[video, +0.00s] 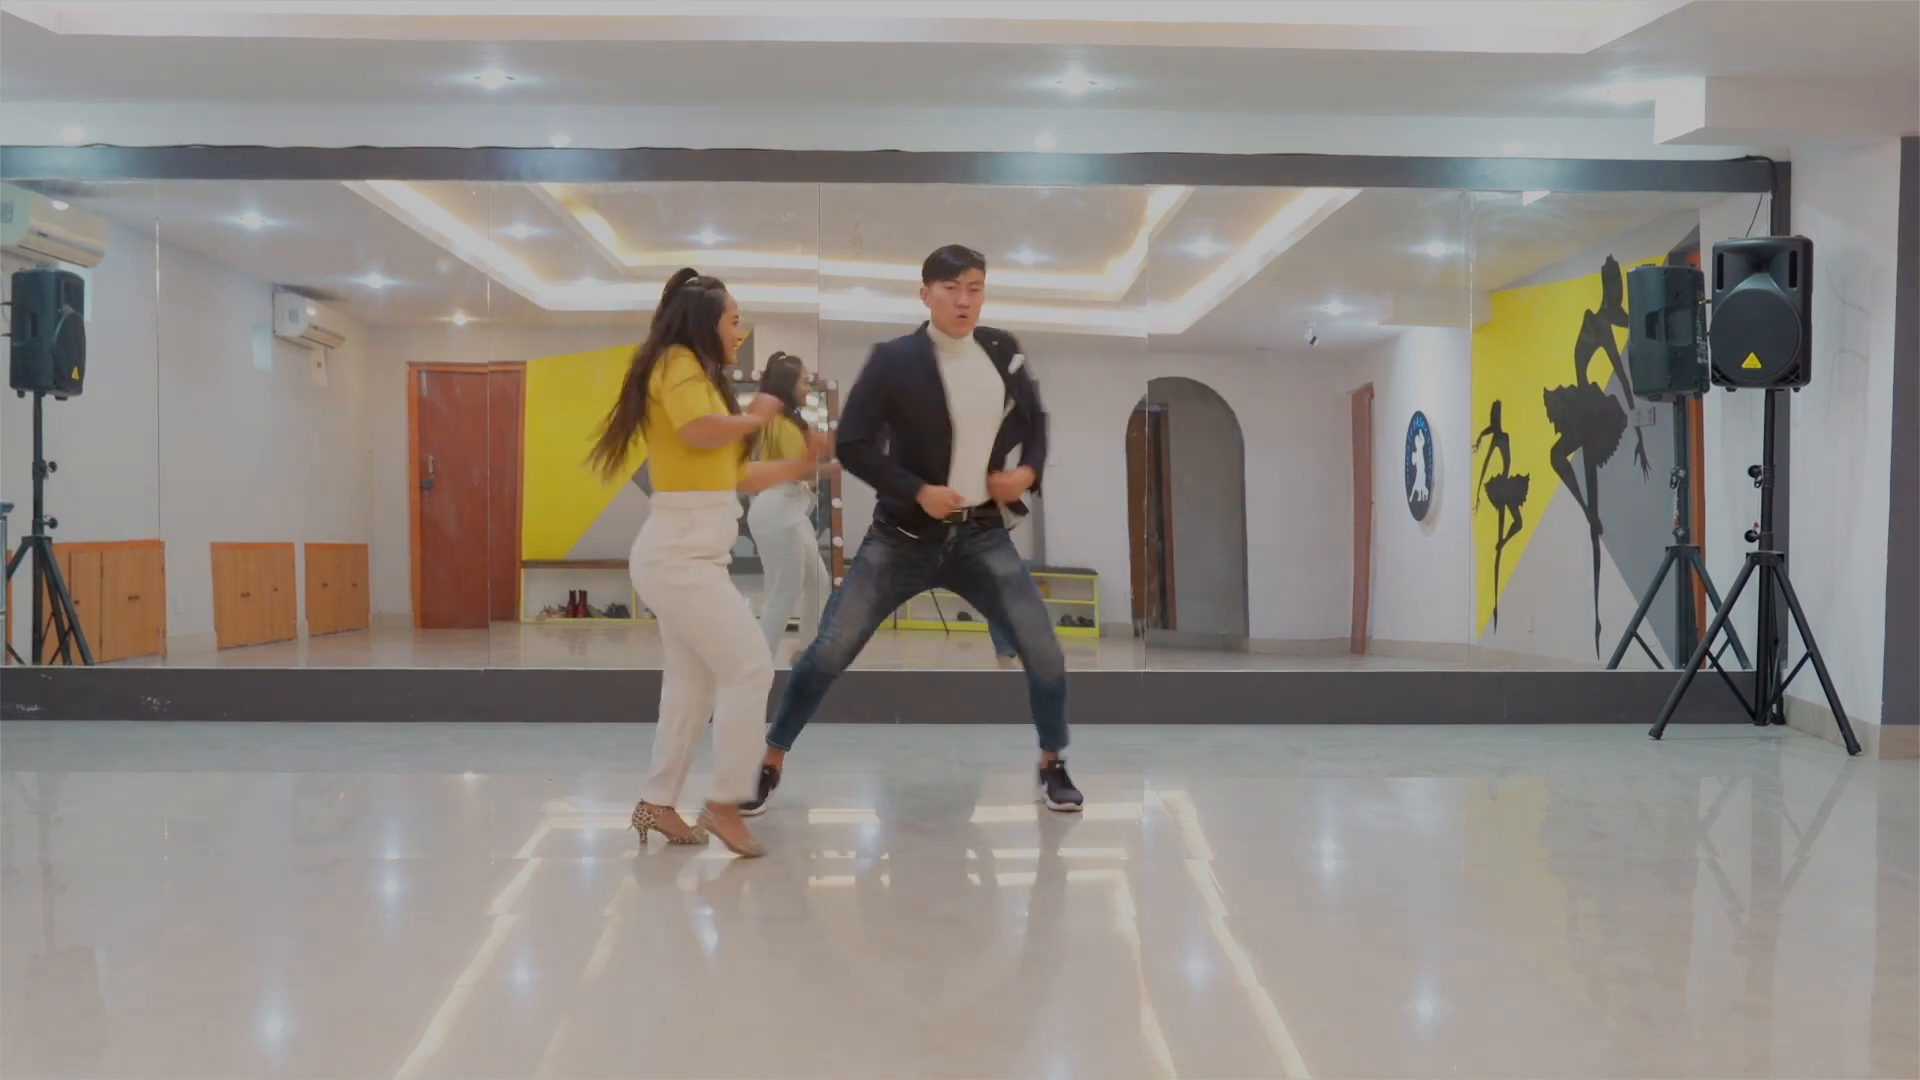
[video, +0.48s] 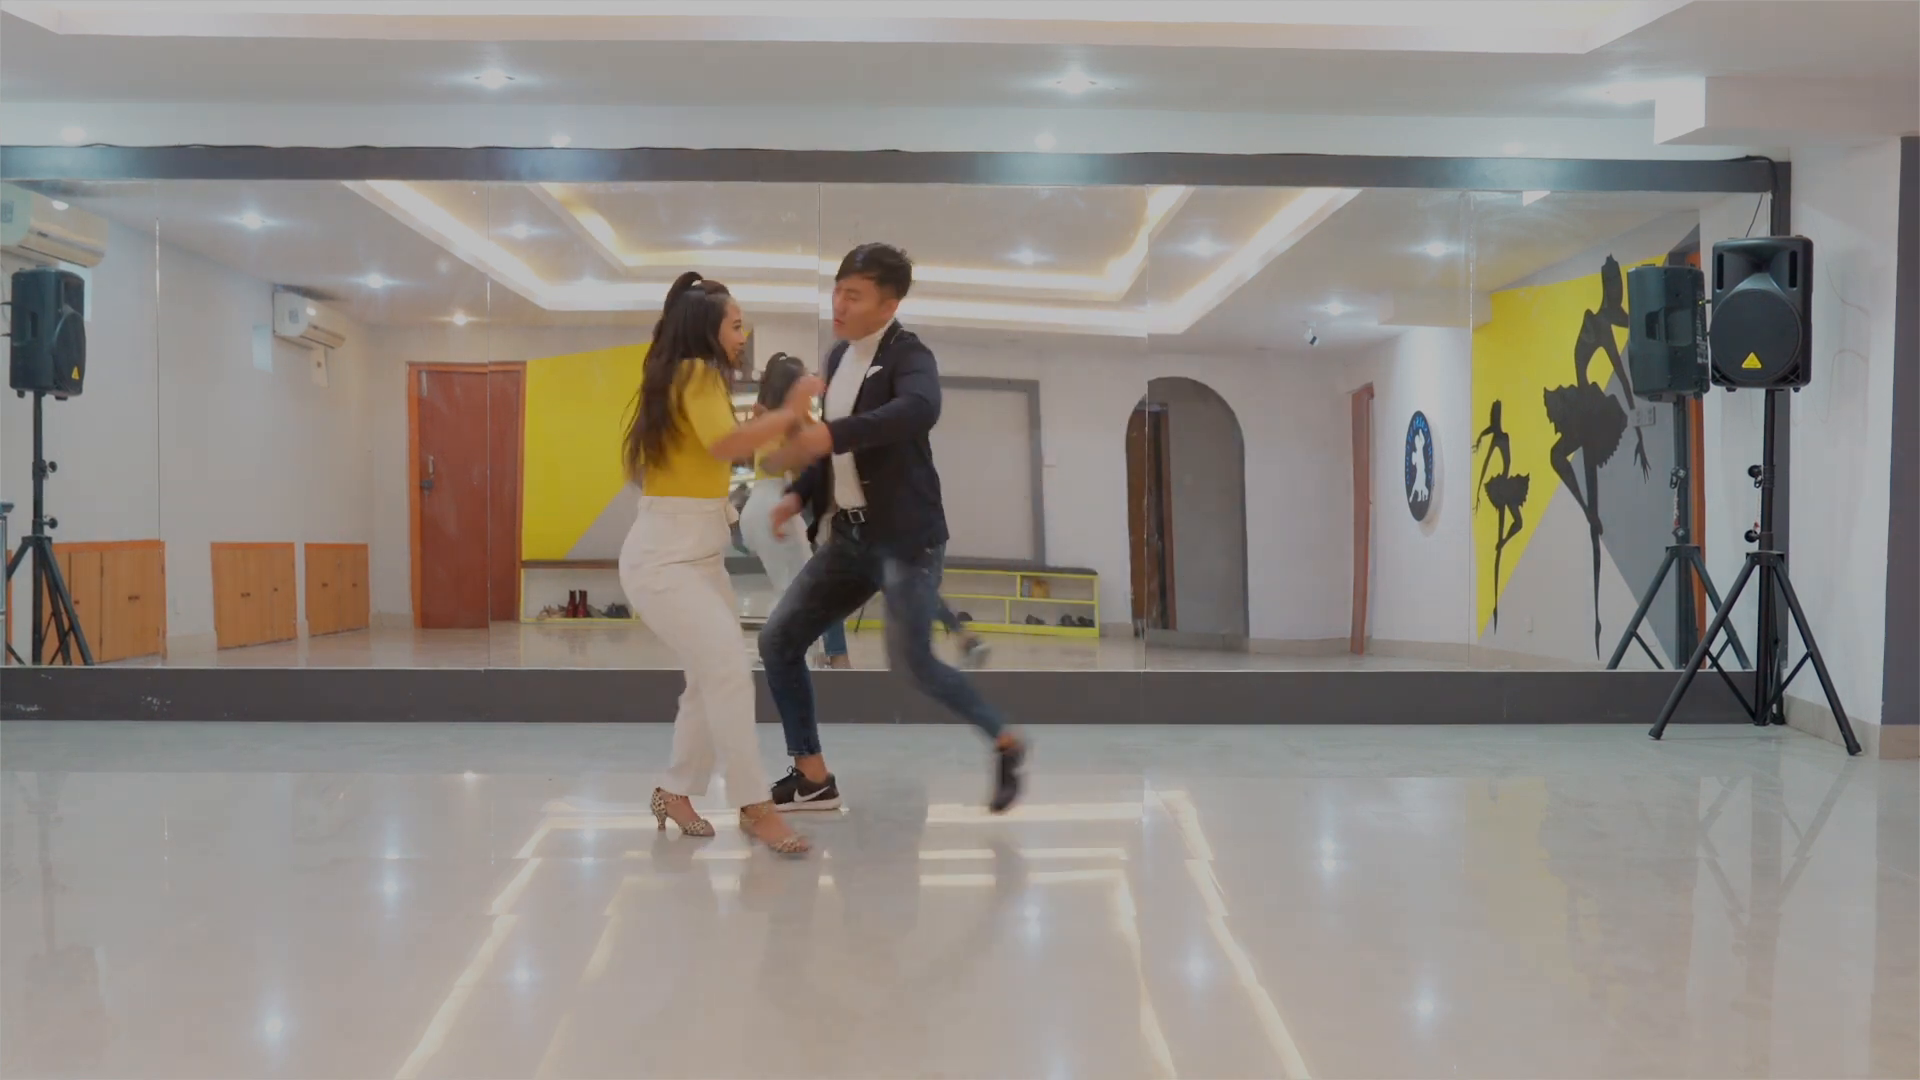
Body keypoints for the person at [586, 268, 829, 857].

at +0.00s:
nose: (740, 331)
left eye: (739, 321)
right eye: (732, 321)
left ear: (703, 323)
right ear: (704, 321)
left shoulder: (699, 379)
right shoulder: (676, 362)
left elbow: (731, 476)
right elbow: (695, 431)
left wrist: (801, 463)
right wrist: (751, 418)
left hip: (690, 553)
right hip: (679, 554)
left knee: (689, 684)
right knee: (749, 663)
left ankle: (658, 803)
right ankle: (725, 804)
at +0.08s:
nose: (746, 333)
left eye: (744, 323)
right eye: (738, 324)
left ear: (717, 327)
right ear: (707, 329)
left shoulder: (718, 385)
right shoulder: (675, 380)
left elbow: (749, 460)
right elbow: (676, 447)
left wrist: (756, 418)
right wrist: (735, 408)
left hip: (702, 558)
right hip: (689, 558)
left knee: (701, 693)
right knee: (753, 676)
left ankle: (657, 804)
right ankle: (729, 813)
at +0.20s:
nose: (749, 343)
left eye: (748, 332)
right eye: (740, 333)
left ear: (716, 340)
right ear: (710, 341)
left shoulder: (717, 402)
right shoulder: (696, 407)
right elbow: (712, 490)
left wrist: (791, 436)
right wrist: (734, 437)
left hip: (686, 561)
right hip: (702, 560)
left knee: (718, 691)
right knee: (756, 677)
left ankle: (661, 801)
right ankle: (729, 813)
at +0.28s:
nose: (746, 347)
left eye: (744, 335)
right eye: (738, 336)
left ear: (704, 343)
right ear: (709, 342)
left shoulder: (682, 407)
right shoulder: (704, 411)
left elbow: (729, 459)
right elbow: (743, 488)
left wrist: (766, 425)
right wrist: (783, 459)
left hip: (673, 561)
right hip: (702, 563)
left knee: (737, 682)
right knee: (751, 677)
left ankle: (669, 784)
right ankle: (727, 814)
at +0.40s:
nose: (742, 339)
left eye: (741, 329)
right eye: (733, 329)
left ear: (694, 337)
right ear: (703, 335)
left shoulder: (679, 390)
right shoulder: (703, 390)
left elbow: (743, 461)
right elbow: (749, 465)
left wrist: (810, 450)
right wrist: (818, 450)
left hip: (669, 551)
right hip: (686, 553)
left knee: (725, 674)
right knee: (745, 670)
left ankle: (680, 791)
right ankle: (730, 810)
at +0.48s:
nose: (744, 333)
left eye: (742, 323)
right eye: (735, 324)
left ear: (707, 329)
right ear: (707, 329)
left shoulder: (699, 379)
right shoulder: (693, 374)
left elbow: (713, 447)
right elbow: (722, 443)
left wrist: (766, 428)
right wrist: (790, 415)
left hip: (701, 556)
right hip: (663, 557)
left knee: (713, 671)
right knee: (728, 665)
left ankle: (675, 790)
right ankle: (756, 806)